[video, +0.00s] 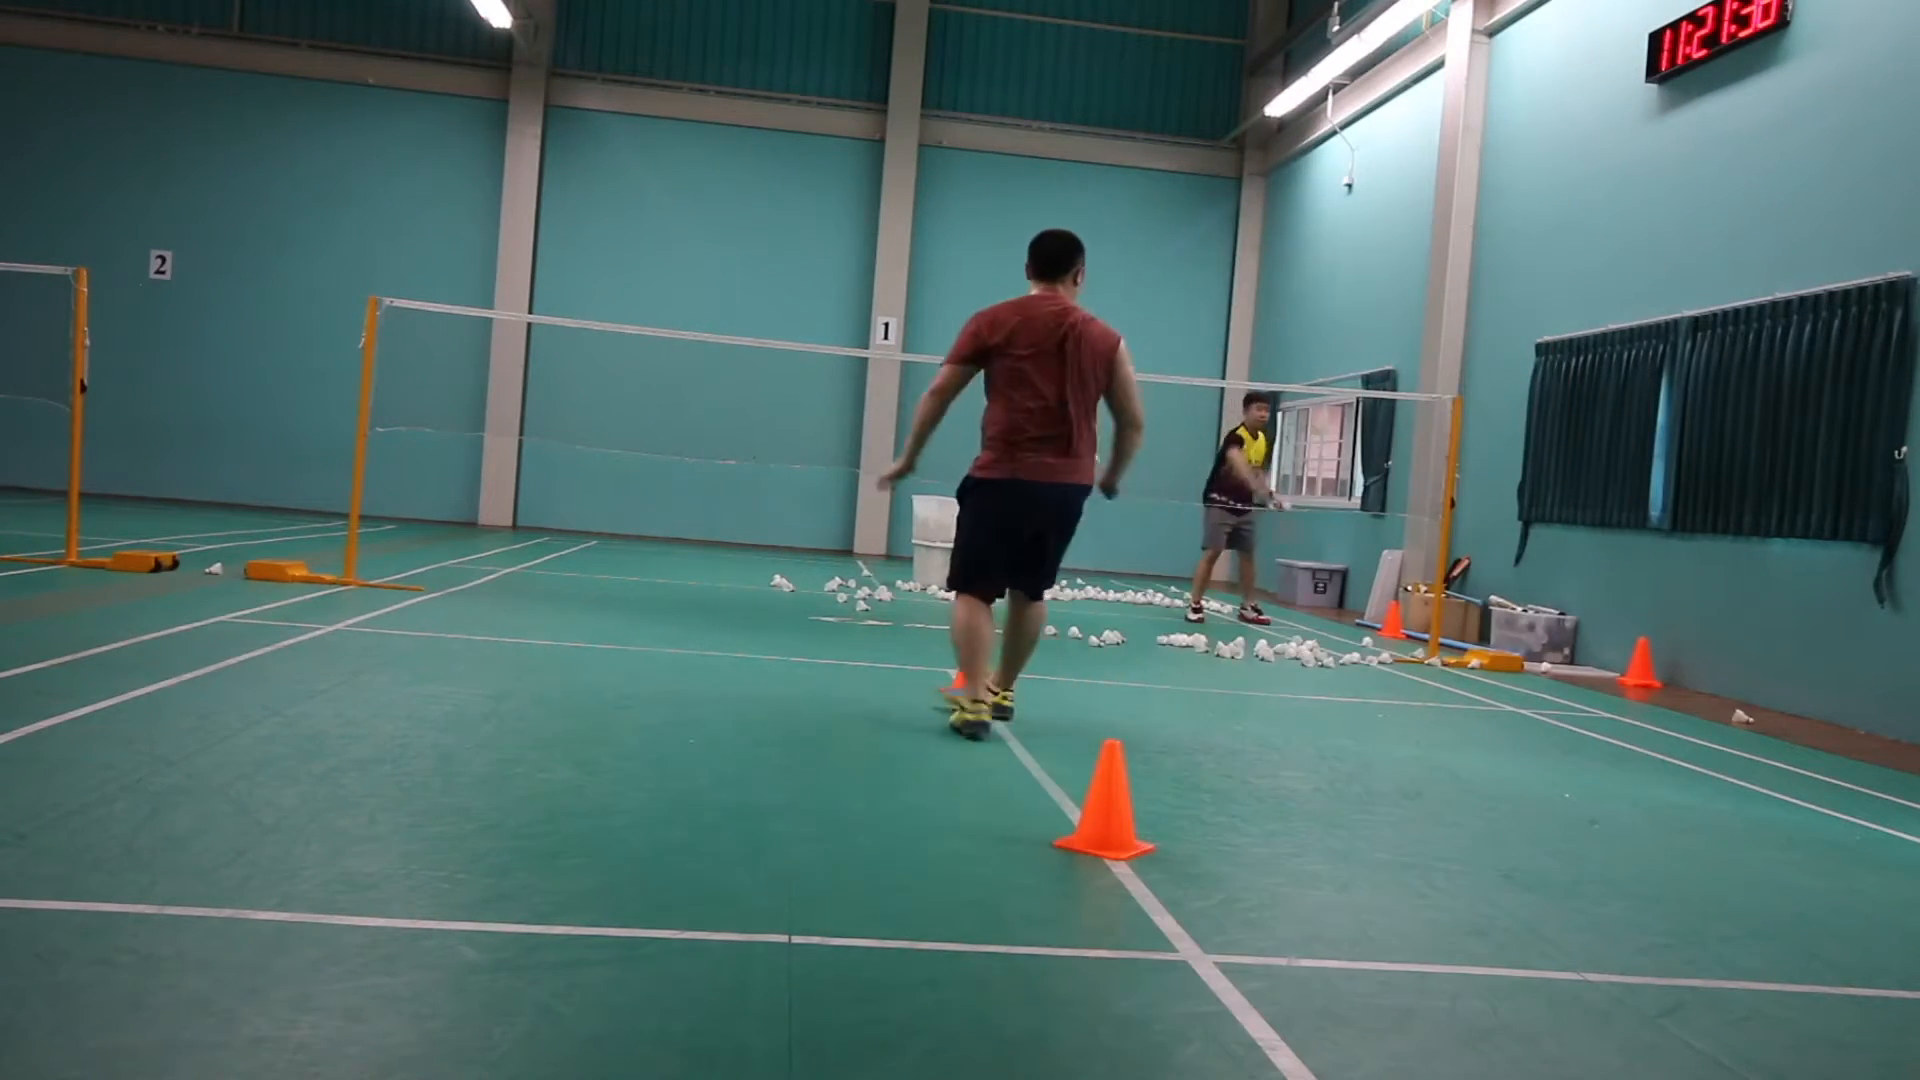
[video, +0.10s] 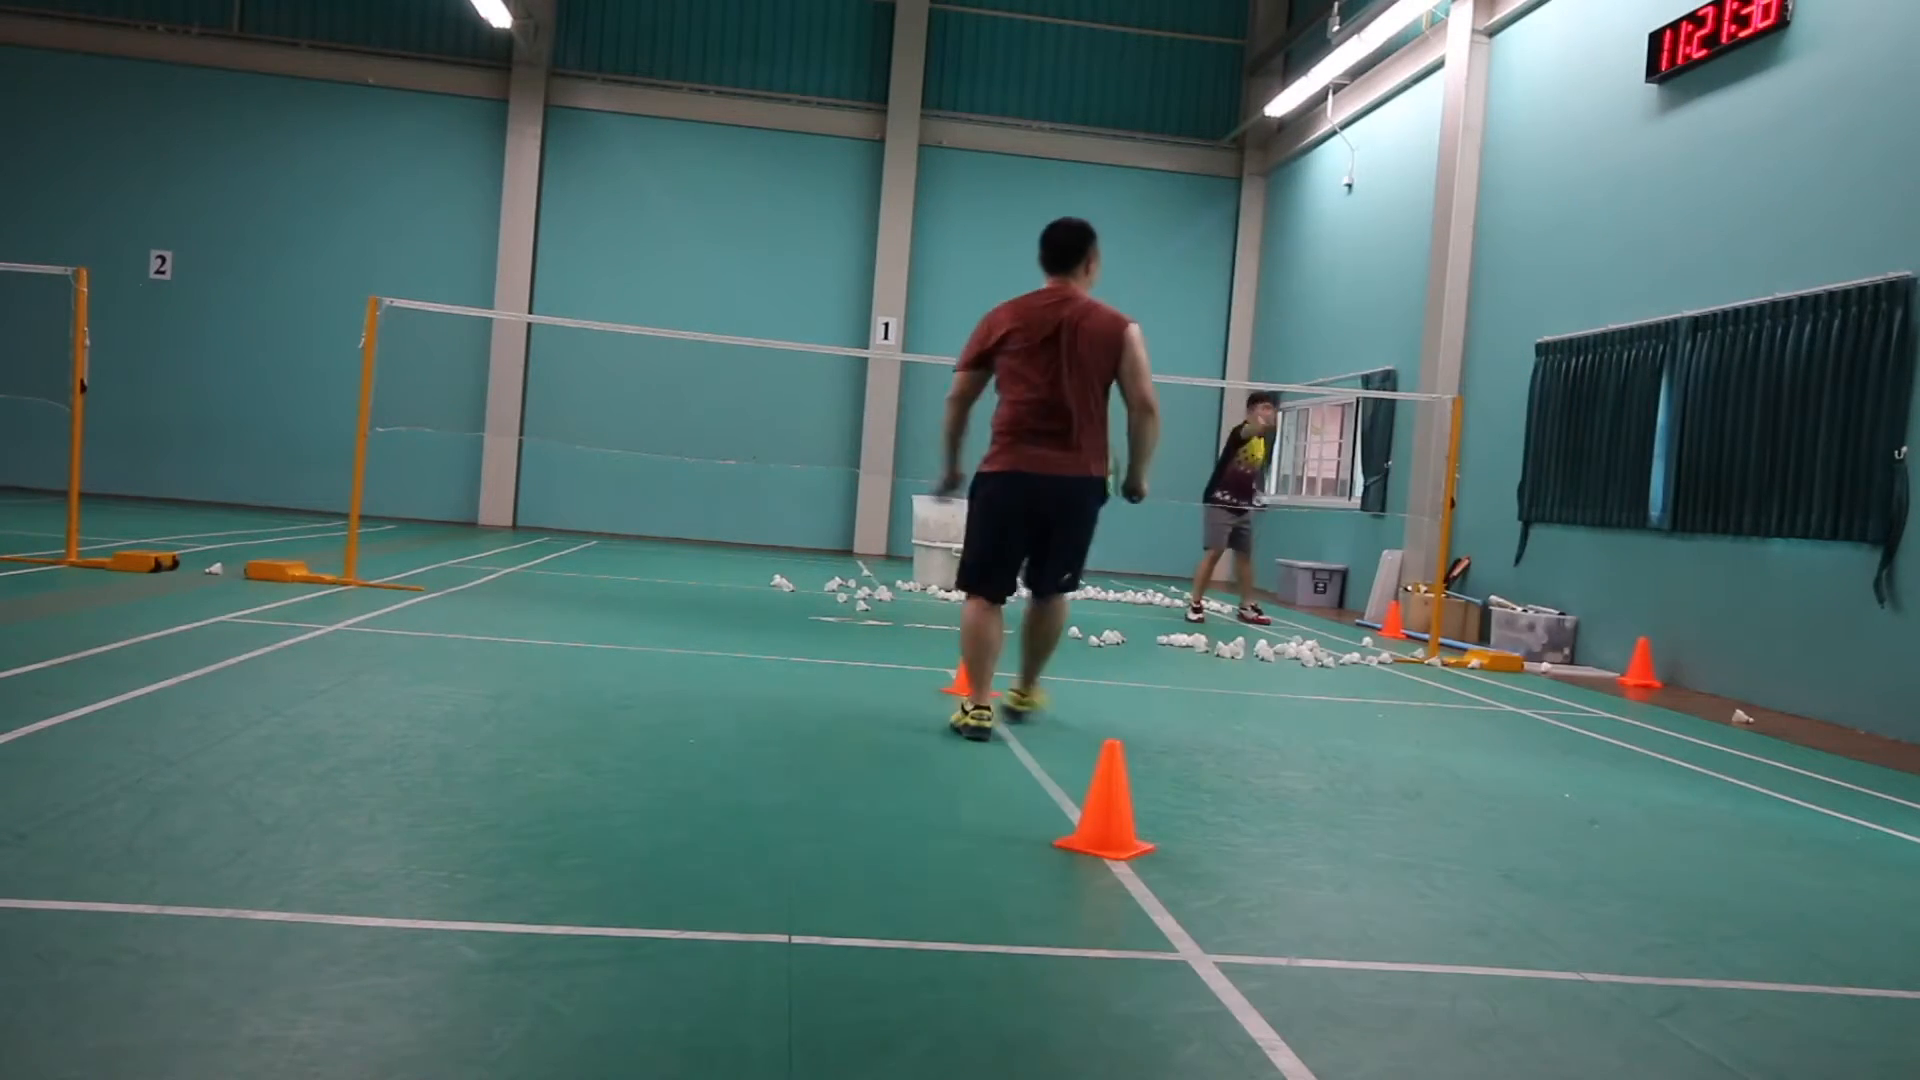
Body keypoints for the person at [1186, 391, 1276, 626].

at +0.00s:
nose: (1263, 414)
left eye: (1266, 410)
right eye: (1258, 409)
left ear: (1269, 415)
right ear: (1245, 412)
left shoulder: (1263, 440)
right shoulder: (1235, 438)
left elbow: (1259, 472)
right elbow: (1239, 468)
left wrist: (1269, 493)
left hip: (1245, 504)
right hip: (1221, 501)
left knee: (1247, 554)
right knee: (1213, 551)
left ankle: (1248, 604)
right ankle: (1196, 603)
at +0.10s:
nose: (1267, 414)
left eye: (1269, 409)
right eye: (1262, 408)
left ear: (1273, 414)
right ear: (1250, 411)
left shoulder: (1266, 438)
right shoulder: (1239, 433)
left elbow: (1261, 467)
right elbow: (1243, 434)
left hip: (1244, 503)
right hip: (1221, 500)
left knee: (1244, 555)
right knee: (1215, 551)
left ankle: (1247, 604)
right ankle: (1196, 602)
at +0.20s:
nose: (1275, 411)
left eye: (1277, 407)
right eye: (1270, 405)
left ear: (1275, 411)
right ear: (1257, 407)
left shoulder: (1266, 438)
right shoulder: (1246, 429)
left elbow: (1258, 468)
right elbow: (1246, 410)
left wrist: (1257, 491)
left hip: (1250, 501)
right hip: (1229, 499)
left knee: (1245, 557)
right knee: (1222, 551)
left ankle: (1246, 605)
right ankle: (1196, 600)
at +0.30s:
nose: (1275, 408)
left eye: (1278, 404)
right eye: (1271, 402)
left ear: (1277, 410)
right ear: (1257, 407)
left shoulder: (1271, 438)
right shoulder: (1245, 427)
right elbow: (1238, 404)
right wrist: (1237, 376)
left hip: (1256, 500)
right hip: (1234, 498)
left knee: (1249, 558)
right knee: (1223, 553)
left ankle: (1246, 604)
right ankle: (1199, 598)